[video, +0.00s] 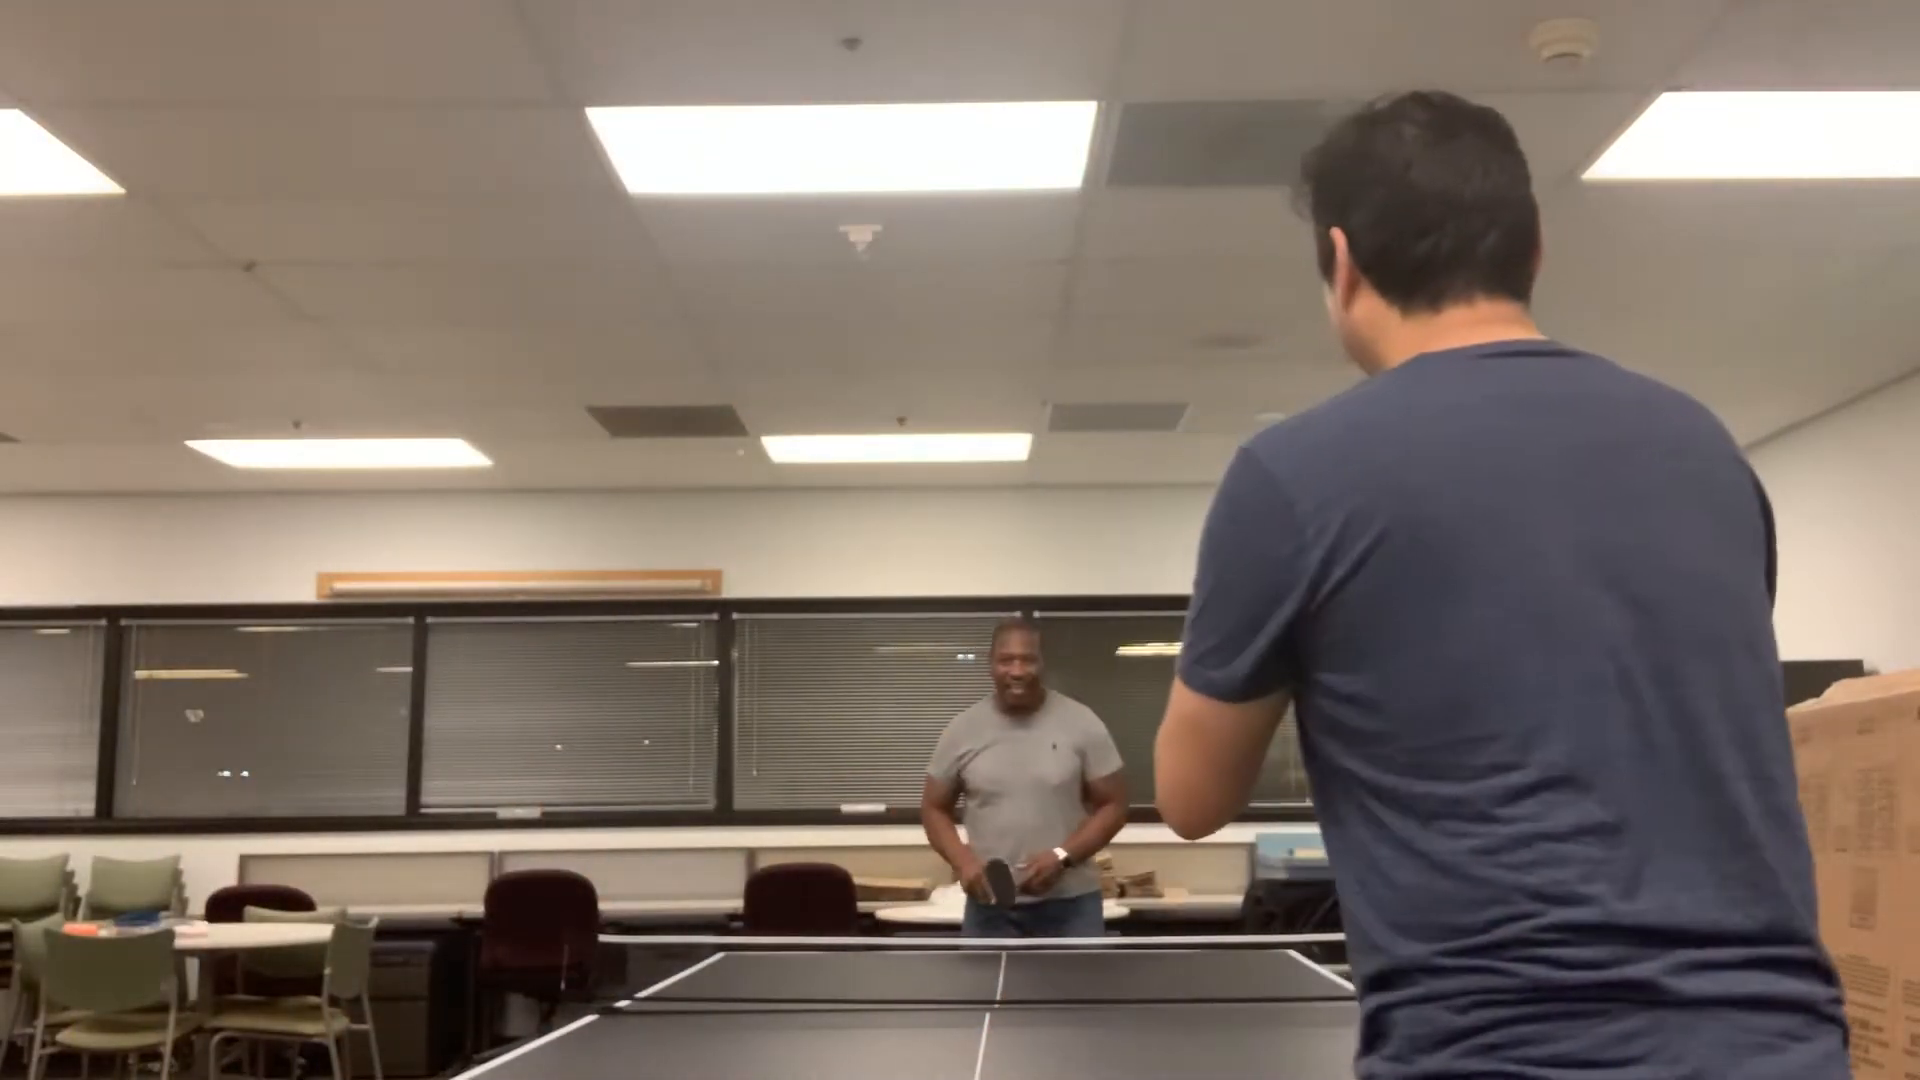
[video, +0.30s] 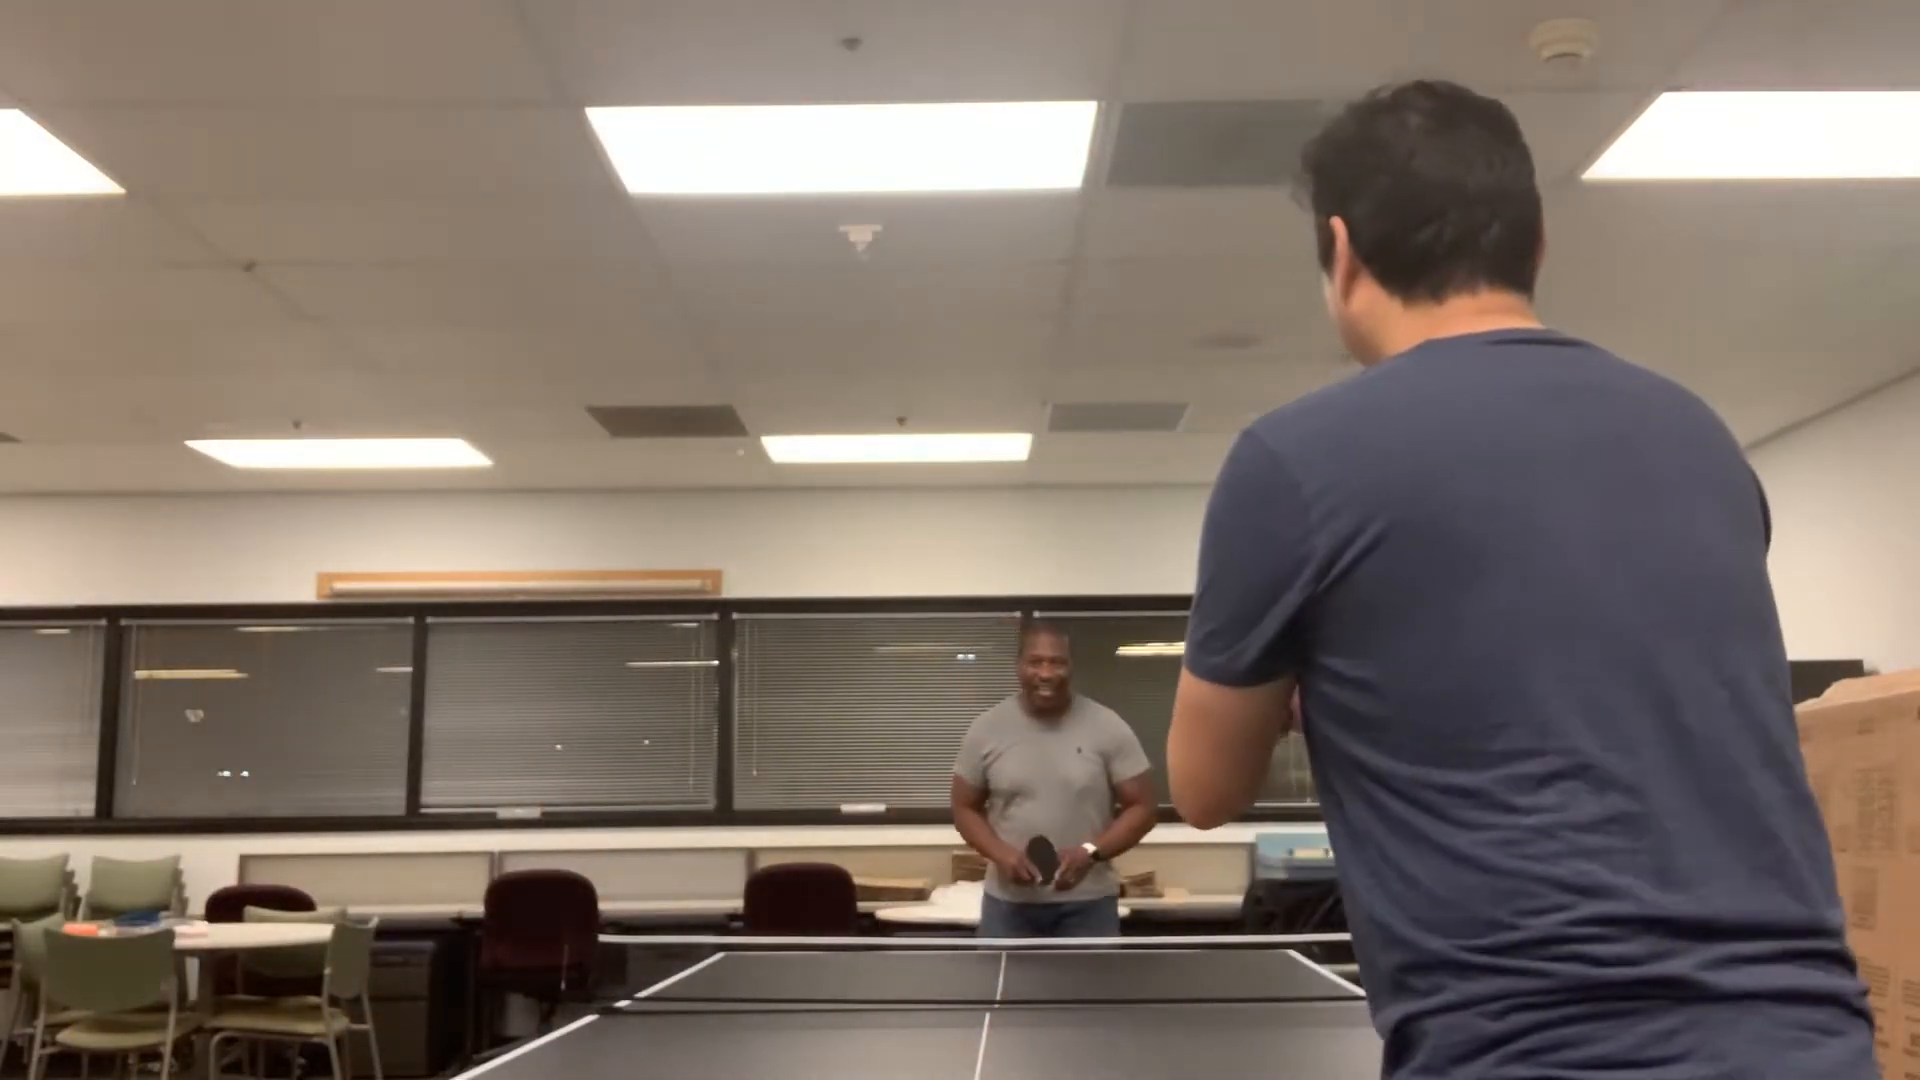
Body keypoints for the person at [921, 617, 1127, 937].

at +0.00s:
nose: (1017, 671)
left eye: (1028, 660)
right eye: (1007, 661)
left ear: (1042, 664)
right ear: (991, 665)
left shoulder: (1080, 723)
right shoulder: (963, 729)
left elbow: (1114, 806)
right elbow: (933, 809)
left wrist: (1062, 856)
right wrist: (966, 863)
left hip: (1070, 907)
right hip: (990, 909)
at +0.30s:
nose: (1046, 674)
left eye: (1056, 663)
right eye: (1035, 663)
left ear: (1070, 668)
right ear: (1019, 668)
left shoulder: (1106, 727)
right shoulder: (987, 729)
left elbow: (1142, 808)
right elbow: (964, 808)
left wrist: (1091, 851)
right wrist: (1002, 855)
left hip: (1088, 907)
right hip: (1009, 907)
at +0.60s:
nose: (1030, 679)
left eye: (1041, 669)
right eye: (1019, 669)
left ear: (1055, 673)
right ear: (1003, 672)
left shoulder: (1091, 731)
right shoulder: (973, 734)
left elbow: (1117, 806)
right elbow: (941, 815)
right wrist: (988, 859)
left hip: (1074, 906)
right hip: (995, 906)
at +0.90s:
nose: (1026, 680)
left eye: (1037, 670)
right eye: (1015, 670)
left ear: (1051, 673)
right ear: (999, 675)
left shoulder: (1088, 731)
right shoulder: (970, 737)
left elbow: (1115, 809)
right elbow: (943, 817)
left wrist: (1076, 861)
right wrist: (991, 867)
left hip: (1071, 906)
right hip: (993, 906)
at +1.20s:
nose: (1024, 681)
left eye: (1035, 671)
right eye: (1014, 671)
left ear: (1049, 674)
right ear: (998, 675)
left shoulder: (1087, 732)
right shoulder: (967, 739)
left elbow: (1114, 810)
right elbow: (942, 817)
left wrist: (1072, 871)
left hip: (1070, 905)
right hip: (993, 904)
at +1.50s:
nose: (1031, 669)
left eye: (1042, 658)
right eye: (1020, 659)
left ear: (1062, 663)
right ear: (1007, 665)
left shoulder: (1094, 719)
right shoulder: (985, 726)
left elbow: (1140, 797)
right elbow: (960, 805)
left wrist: (1075, 835)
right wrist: (992, 848)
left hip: (1088, 903)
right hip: (1009, 902)